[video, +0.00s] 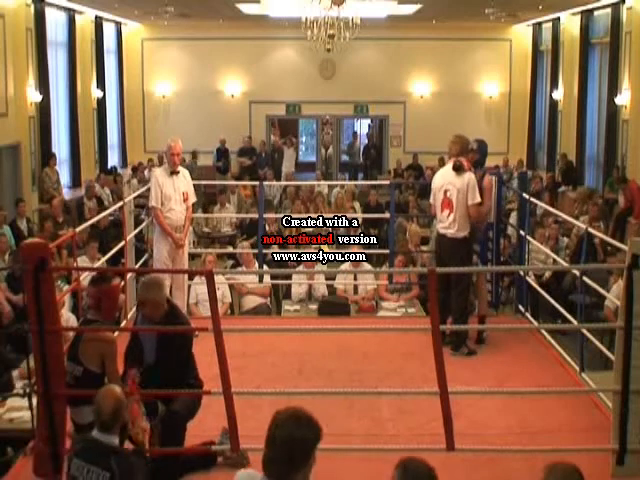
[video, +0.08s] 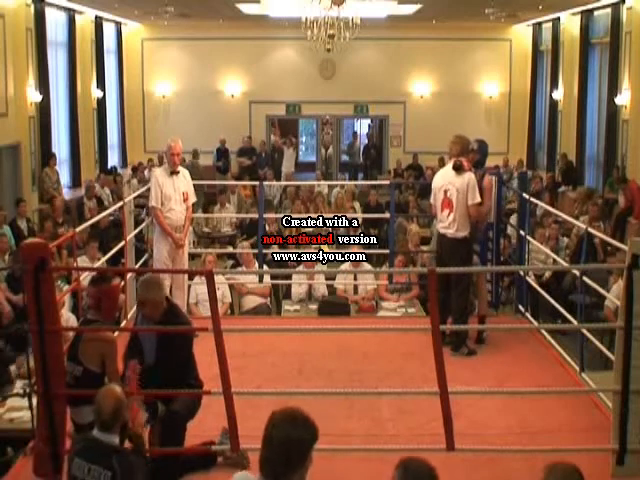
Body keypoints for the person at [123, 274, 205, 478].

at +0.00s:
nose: (142, 310)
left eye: (145, 305)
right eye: (140, 304)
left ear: (161, 302)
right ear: (139, 301)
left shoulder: (180, 326)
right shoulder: (142, 315)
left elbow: (171, 370)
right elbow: (133, 348)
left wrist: (141, 378)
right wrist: (131, 370)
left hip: (183, 386)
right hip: (151, 383)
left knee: (173, 416)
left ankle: (166, 468)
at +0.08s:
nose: (141, 308)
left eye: (145, 304)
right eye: (139, 303)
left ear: (161, 301)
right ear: (138, 300)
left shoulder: (179, 325)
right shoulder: (142, 317)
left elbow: (171, 371)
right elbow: (132, 349)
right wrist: (129, 371)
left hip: (184, 388)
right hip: (154, 388)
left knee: (174, 416)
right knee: (161, 467)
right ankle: (216, 449)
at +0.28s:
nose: (143, 302)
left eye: (147, 296)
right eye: (141, 296)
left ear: (163, 295)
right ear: (139, 294)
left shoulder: (178, 323)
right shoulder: (141, 314)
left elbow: (176, 375)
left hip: (182, 390)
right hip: (150, 389)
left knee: (173, 417)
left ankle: (216, 452)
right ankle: (214, 447)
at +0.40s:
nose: (145, 290)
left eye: (151, 284)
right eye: (145, 284)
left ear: (164, 286)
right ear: (142, 284)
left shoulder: (178, 319)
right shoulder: (146, 310)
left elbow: (173, 372)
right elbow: (137, 357)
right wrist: (128, 331)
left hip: (183, 390)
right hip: (157, 386)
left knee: (172, 416)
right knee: (155, 467)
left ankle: (217, 453)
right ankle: (214, 448)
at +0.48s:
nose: (146, 289)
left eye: (151, 283)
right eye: (145, 283)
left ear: (167, 284)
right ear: (143, 283)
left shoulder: (179, 320)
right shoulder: (149, 310)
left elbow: (166, 378)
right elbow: (135, 353)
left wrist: (131, 380)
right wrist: (126, 324)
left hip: (182, 392)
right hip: (157, 387)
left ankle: (217, 452)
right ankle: (214, 447)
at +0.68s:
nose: (148, 287)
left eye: (153, 280)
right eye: (147, 280)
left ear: (168, 281)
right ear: (150, 280)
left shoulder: (180, 320)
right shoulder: (160, 309)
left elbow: (170, 374)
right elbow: (157, 361)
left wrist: (146, 404)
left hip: (177, 396)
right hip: (162, 390)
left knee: (160, 470)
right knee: (160, 467)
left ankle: (216, 452)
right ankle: (215, 448)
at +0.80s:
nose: (148, 285)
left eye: (153, 278)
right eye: (148, 278)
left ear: (167, 280)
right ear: (150, 279)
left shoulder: (180, 318)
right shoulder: (159, 308)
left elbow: (172, 372)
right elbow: (152, 357)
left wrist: (147, 406)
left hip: (176, 397)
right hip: (161, 391)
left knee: (161, 469)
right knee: (158, 467)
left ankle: (216, 451)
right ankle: (215, 449)